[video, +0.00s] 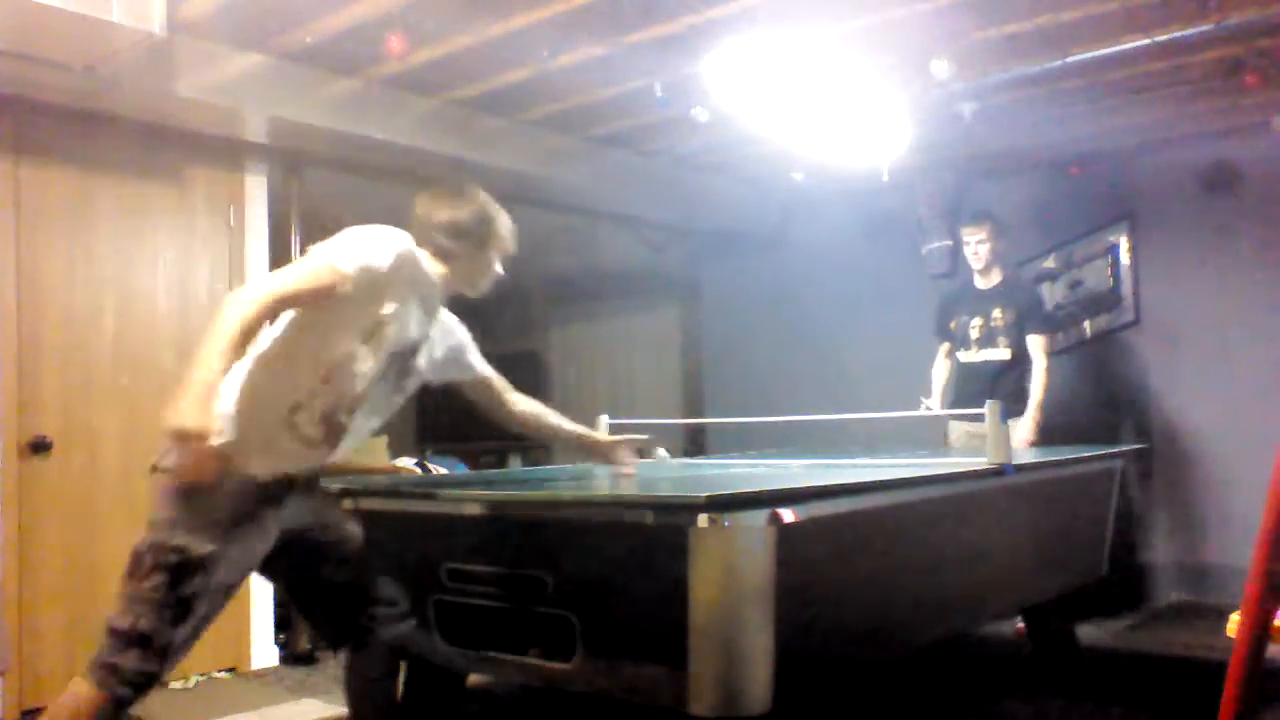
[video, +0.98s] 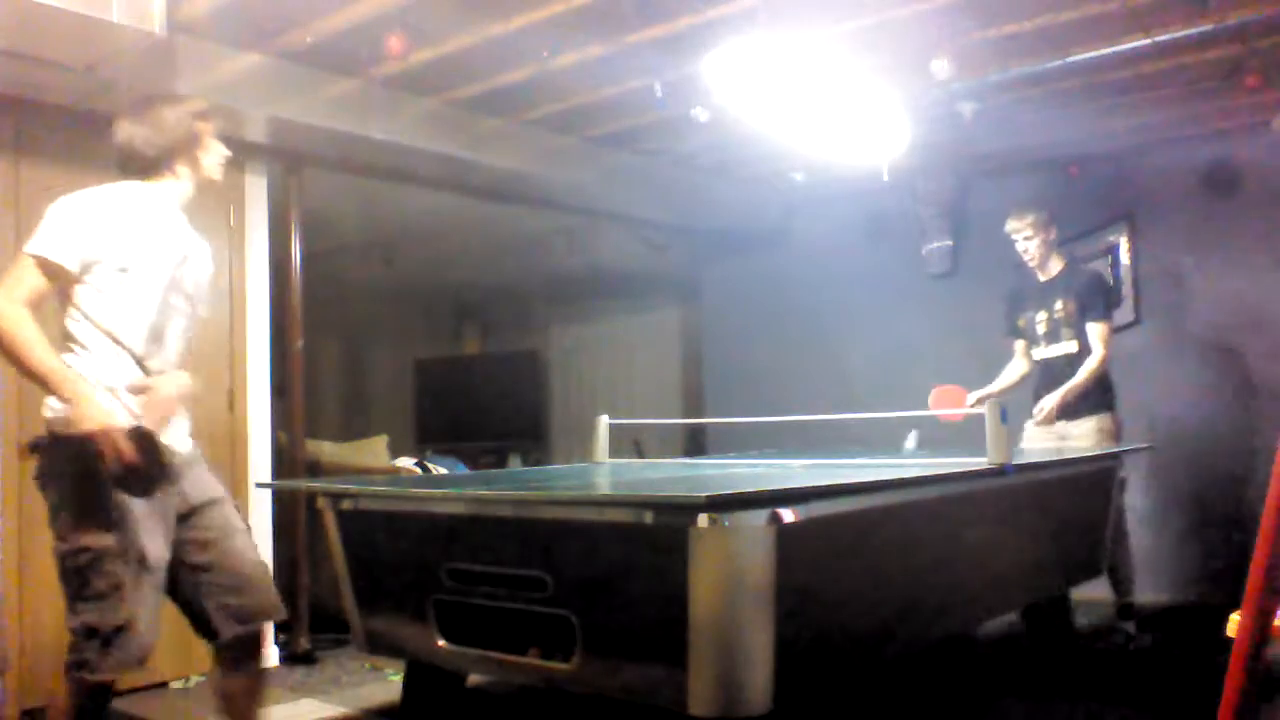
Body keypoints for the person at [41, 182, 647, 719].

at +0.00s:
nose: (500, 273)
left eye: (503, 261)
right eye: (496, 257)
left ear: (462, 250)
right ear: (463, 240)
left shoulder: (442, 333)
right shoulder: (388, 253)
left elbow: (509, 406)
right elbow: (251, 300)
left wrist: (600, 442)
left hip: (298, 491)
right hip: (224, 476)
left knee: (382, 632)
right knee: (126, 671)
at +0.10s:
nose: (511, 277)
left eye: (513, 265)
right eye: (506, 260)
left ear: (473, 258)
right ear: (469, 245)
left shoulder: (459, 339)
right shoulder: (408, 254)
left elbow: (537, 405)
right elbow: (281, 283)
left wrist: (623, 445)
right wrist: (264, 380)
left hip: (302, 491)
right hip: (234, 461)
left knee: (386, 622)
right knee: (144, 655)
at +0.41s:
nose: (459, 209)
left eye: (460, 196)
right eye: (454, 193)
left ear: (407, 193)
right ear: (424, 189)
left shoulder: (413, 284)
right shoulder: (367, 214)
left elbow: (477, 370)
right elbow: (251, 262)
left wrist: (565, 424)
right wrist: (337, 339)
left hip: (301, 456)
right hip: (238, 437)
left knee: (351, 622)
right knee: (212, 634)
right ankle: (98, 713)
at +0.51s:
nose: (422, 185)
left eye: (420, 175)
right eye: (411, 172)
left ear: (390, 194)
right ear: (379, 177)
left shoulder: (398, 273)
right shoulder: (325, 210)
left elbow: (498, 312)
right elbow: (215, 262)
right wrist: (313, 339)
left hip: (286, 457)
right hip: (219, 443)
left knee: (338, 635)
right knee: (214, 643)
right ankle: (105, 719)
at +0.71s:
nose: (334, 173)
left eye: (329, 161)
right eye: (323, 160)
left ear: (285, 174)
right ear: (289, 167)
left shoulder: (313, 259)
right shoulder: (214, 217)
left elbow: (419, 280)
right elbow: (128, 302)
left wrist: (517, 260)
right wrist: (239, 368)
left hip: (248, 473)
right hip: (173, 461)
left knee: (308, 648)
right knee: (172, 660)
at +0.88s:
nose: (248, 165)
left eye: (244, 152)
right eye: (238, 152)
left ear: (193, 160)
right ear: (207, 158)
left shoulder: (225, 261)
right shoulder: (125, 217)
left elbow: (220, 379)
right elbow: (40, 324)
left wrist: (264, 354)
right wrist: (134, 403)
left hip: (193, 460)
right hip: (116, 458)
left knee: (262, 623)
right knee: (136, 643)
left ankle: (306, 717)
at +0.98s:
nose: (223, 150)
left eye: (218, 138)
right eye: (212, 137)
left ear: (174, 147)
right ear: (180, 145)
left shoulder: (198, 254)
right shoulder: (93, 210)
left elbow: (175, 365)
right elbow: (8, 306)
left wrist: (172, 391)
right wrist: (82, 399)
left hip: (168, 447)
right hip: (92, 445)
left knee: (246, 610)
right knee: (108, 643)